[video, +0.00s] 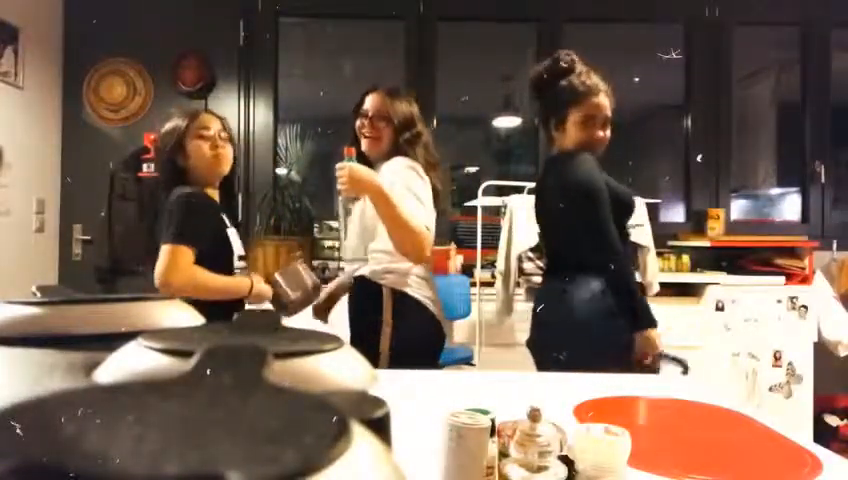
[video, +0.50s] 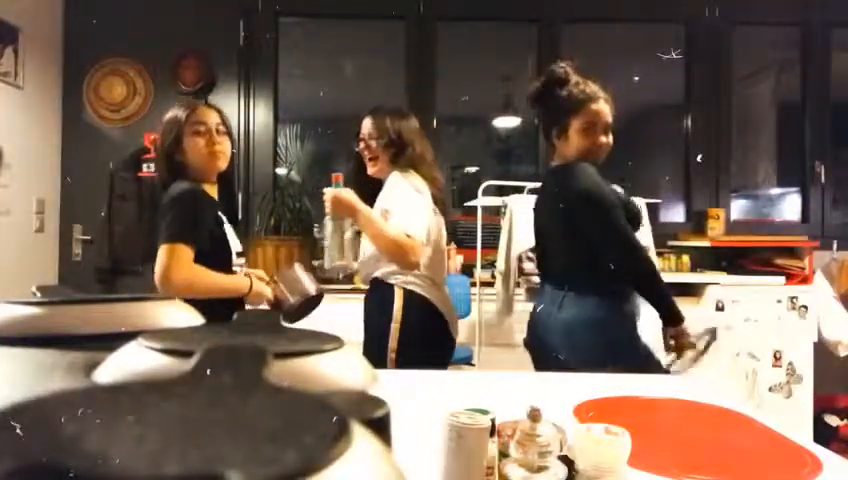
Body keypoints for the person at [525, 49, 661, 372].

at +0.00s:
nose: (602, 133)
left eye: (606, 123)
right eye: (588, 122)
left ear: (614, 123)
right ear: (556, 125)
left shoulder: (551, 172)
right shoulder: (583, 171)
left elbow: (561, 258)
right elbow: (612, 259)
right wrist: (644, 324)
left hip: (554, 307)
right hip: (595, 312)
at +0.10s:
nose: (603, 141)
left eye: (607, 132)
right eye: (589, 131)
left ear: (614, 131)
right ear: (557, 134)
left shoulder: (546, 183)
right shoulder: (590, 186)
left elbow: (558, 260)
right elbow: (618, 271)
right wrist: (652, 336)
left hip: (547, 314)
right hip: (595, 321)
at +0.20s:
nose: (605, 138)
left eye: (608, 128)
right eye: (591, 128)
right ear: (560, 133)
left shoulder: (547, 180)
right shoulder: (592, 176)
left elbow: (556, 259)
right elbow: (629, 258)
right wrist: (653, 331)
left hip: (550, 307)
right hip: (596, 314)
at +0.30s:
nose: (606, 131)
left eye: (610, 121)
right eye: (592, 121)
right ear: (560, 125)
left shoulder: (547, 175)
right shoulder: (591, 169)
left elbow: (558, 255)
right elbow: (630, 250)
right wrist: (657, 317)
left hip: (552, 300)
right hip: (598, 308)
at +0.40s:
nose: (603, 133)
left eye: (608, 123)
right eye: (589, 122)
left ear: (614, 122)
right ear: (559, 125)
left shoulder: (548, 176)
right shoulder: (587, 176)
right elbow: (628, 258)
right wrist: (673, 317)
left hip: (553, 308)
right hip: (599, 315)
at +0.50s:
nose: (602, 140)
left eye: (607, 130)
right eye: (589, 130)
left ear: (612, 131)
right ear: (558, 135)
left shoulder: (550, 184)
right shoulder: (587, 185)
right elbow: (631, 260)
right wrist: (672, 318)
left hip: (549, 311)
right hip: (595, 324)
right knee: (663, 397)